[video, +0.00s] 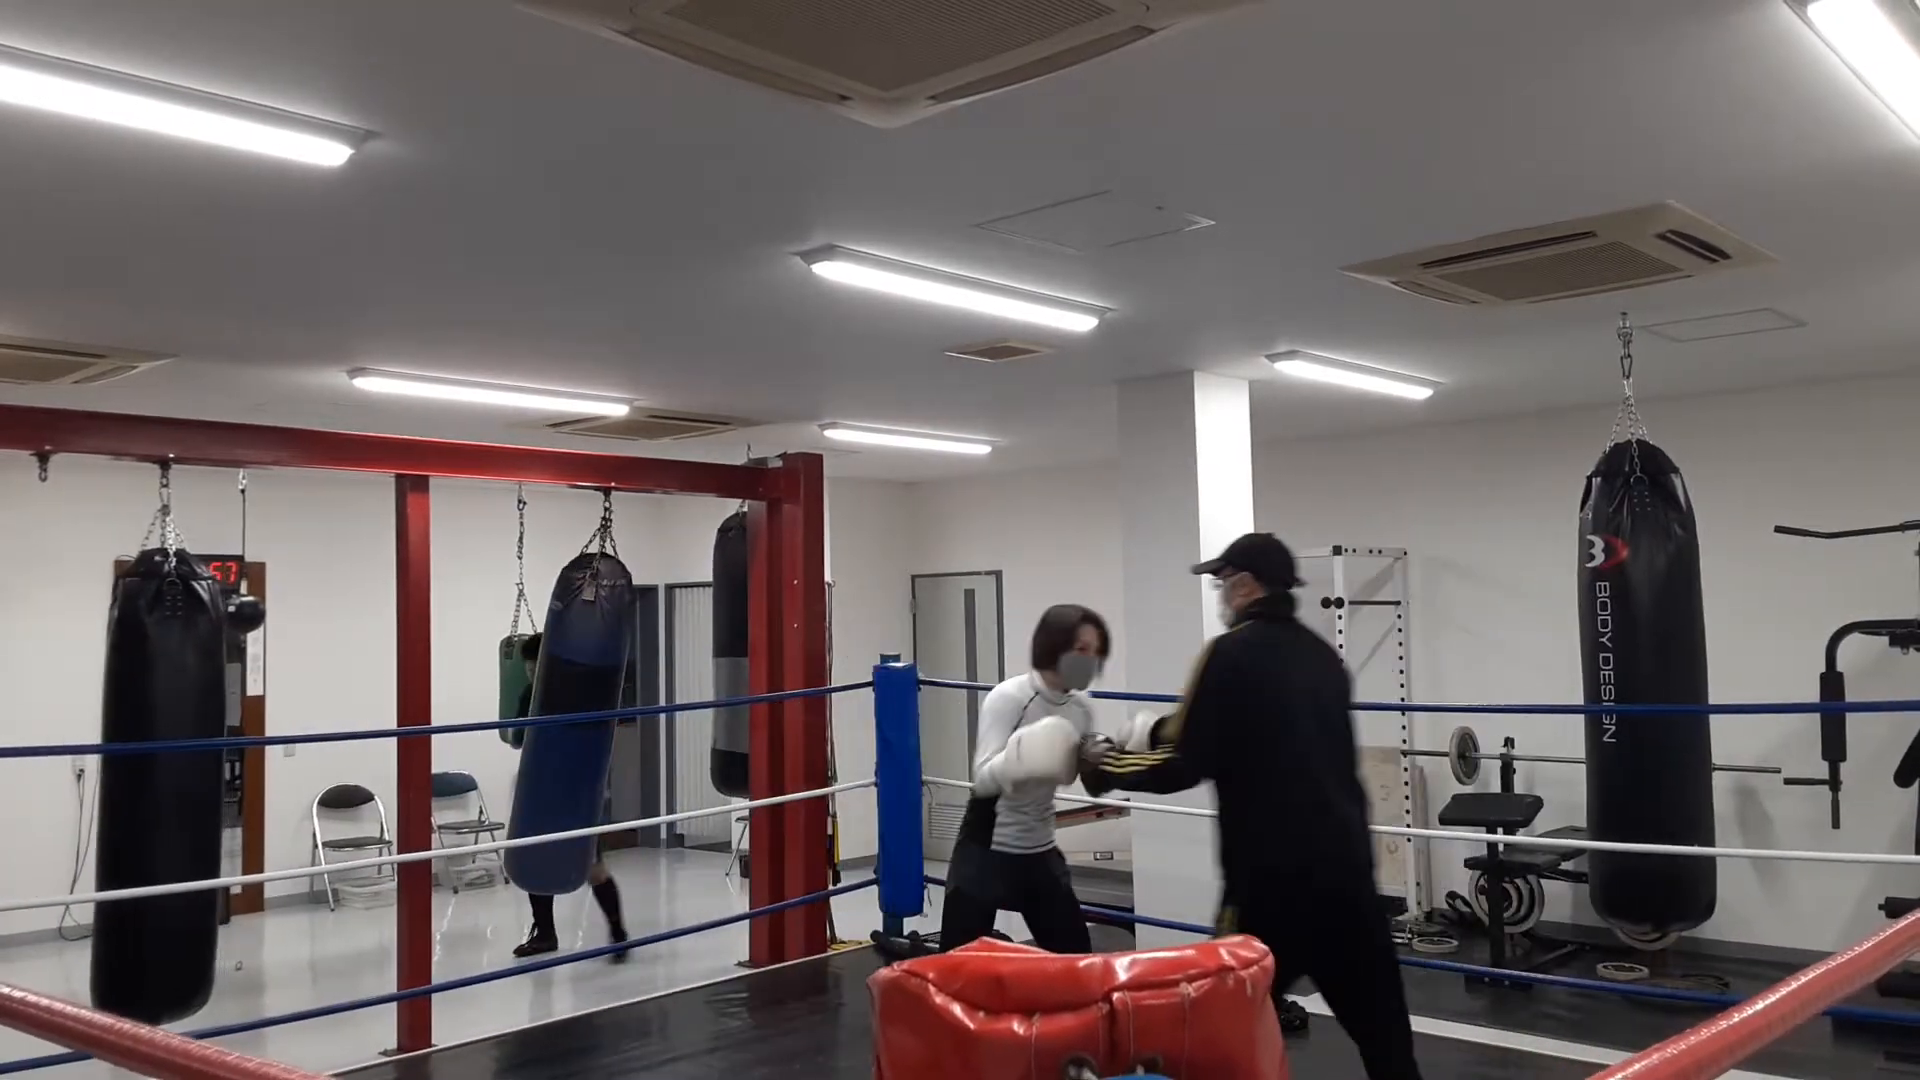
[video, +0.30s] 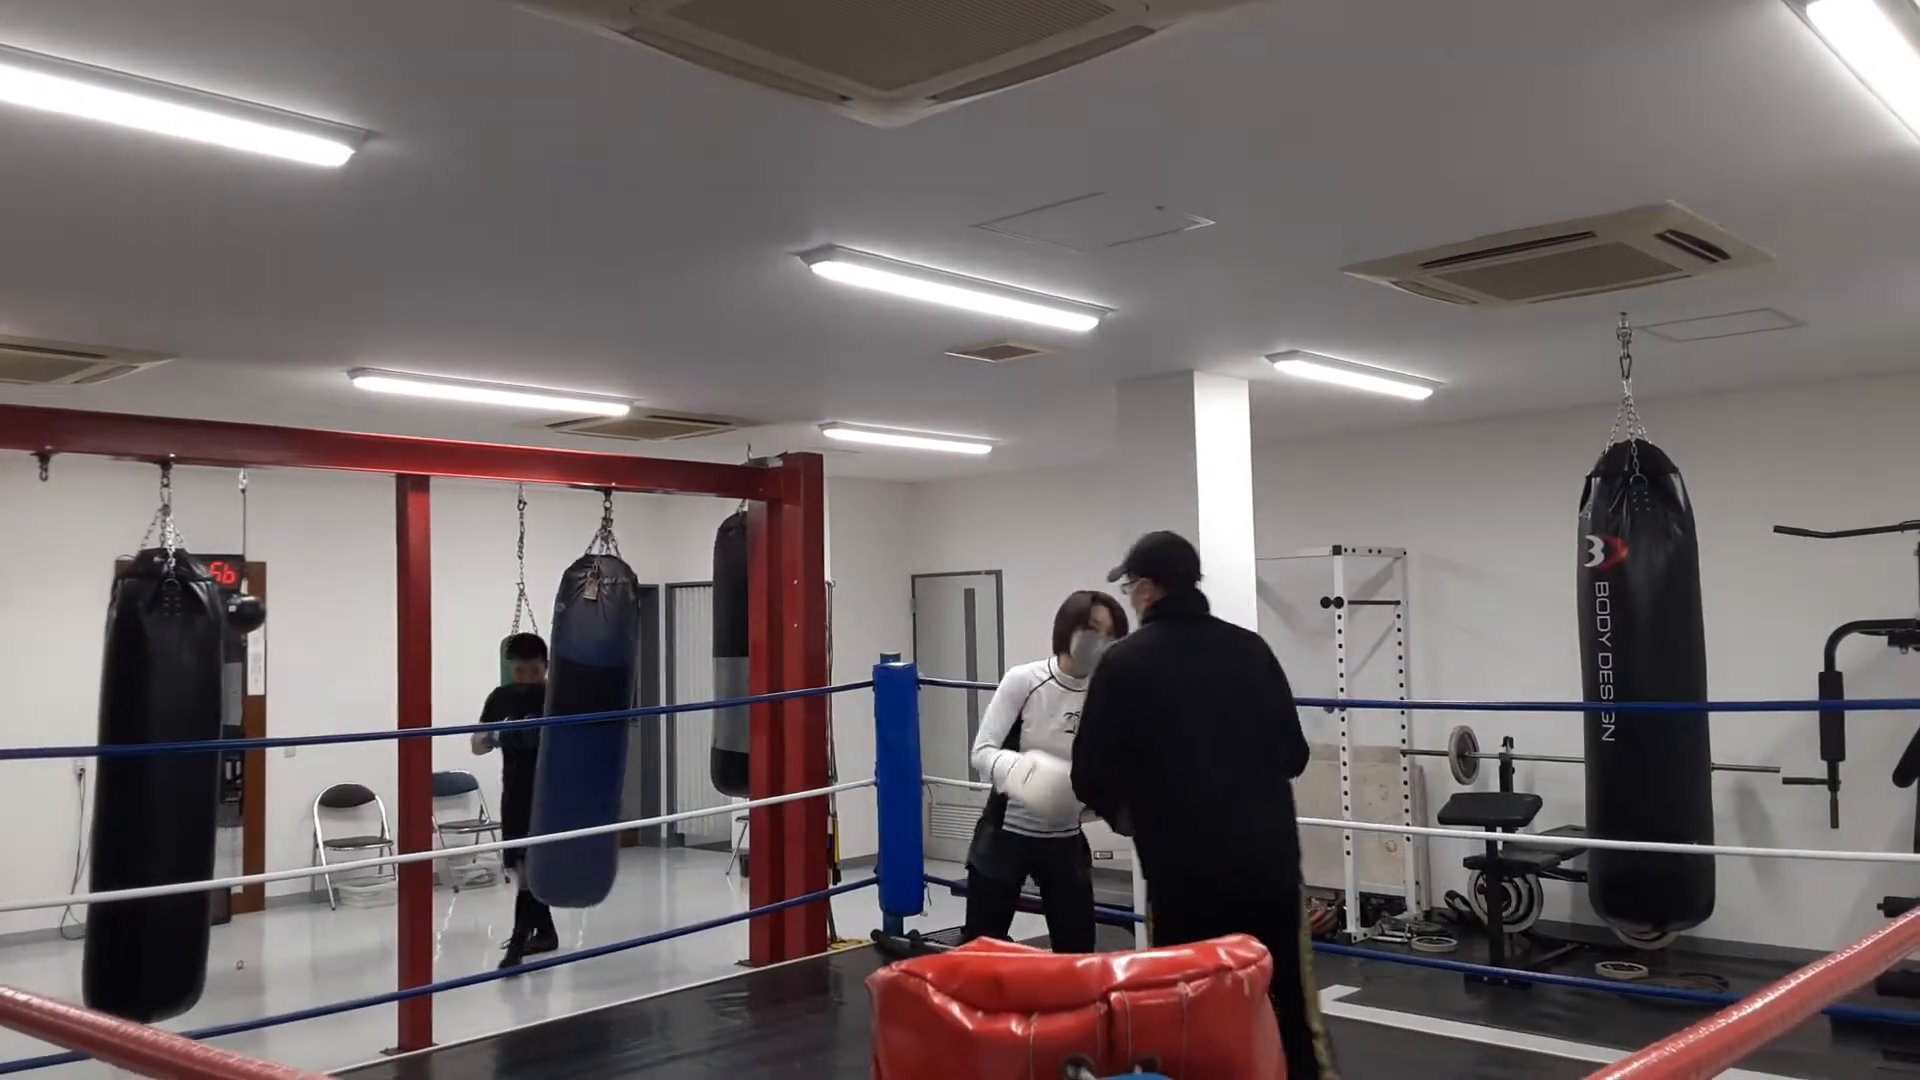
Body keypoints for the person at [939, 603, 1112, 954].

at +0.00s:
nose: (1090, 660)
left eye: (1096, 652)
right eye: (1081, 649)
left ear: (1101, 656)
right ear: (1054, 648)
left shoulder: (1081, 709)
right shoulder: (1007, 698)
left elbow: (1094, 784)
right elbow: (981, 780)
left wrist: (1107, 755)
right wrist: (1028, 754)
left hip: (1040, 854)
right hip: (986, 853)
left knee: (1076, 960)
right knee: (959, 963)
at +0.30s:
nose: (1100, 642)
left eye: (1109, 634)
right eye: (1091, 629)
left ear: (1117, 641)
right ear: (1069, 630)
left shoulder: (1110, 693)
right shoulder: (1023, 681)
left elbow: (1123, 769)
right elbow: (982, 751)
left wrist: (1086, 798)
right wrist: (1021, 770)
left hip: (1066, 842)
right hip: (1005, 837)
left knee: (1077, 958)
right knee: (980, 951)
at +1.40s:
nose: (1017, 639)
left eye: (1028, 633)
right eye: (1009, 630)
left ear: (1041, 641)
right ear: (995, 635)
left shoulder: (1053, 685)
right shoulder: (973, 687)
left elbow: (1069, 752)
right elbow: (956, 747)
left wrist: (1052, 803)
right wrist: (947, 790)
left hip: (1052, 831)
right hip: (1000, 832)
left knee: (1073, 941)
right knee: (989, 938)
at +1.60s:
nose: (1045, 646)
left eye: (1053, 638)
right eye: (1038, 637)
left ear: (1070, 644)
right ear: (1025, 643)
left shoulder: (1087, 690)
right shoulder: (1007, 693)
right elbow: (1001, 752)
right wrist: (980, 795)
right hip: (1025, 812)